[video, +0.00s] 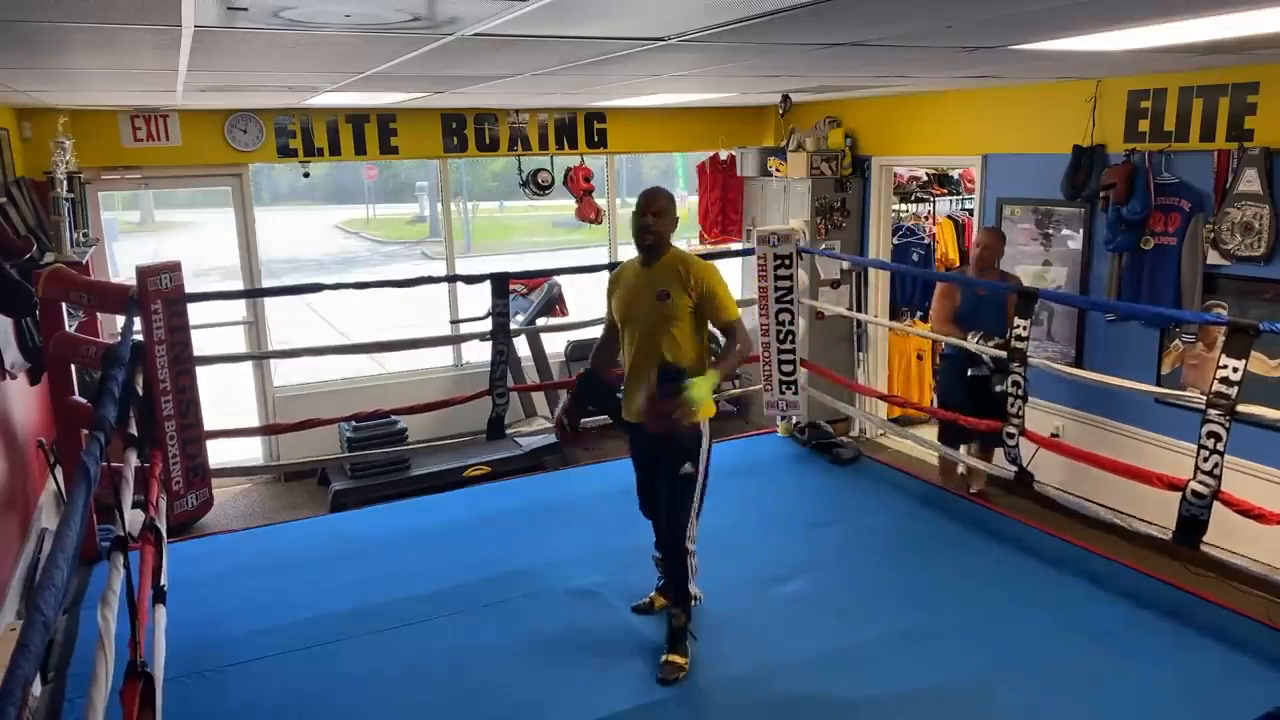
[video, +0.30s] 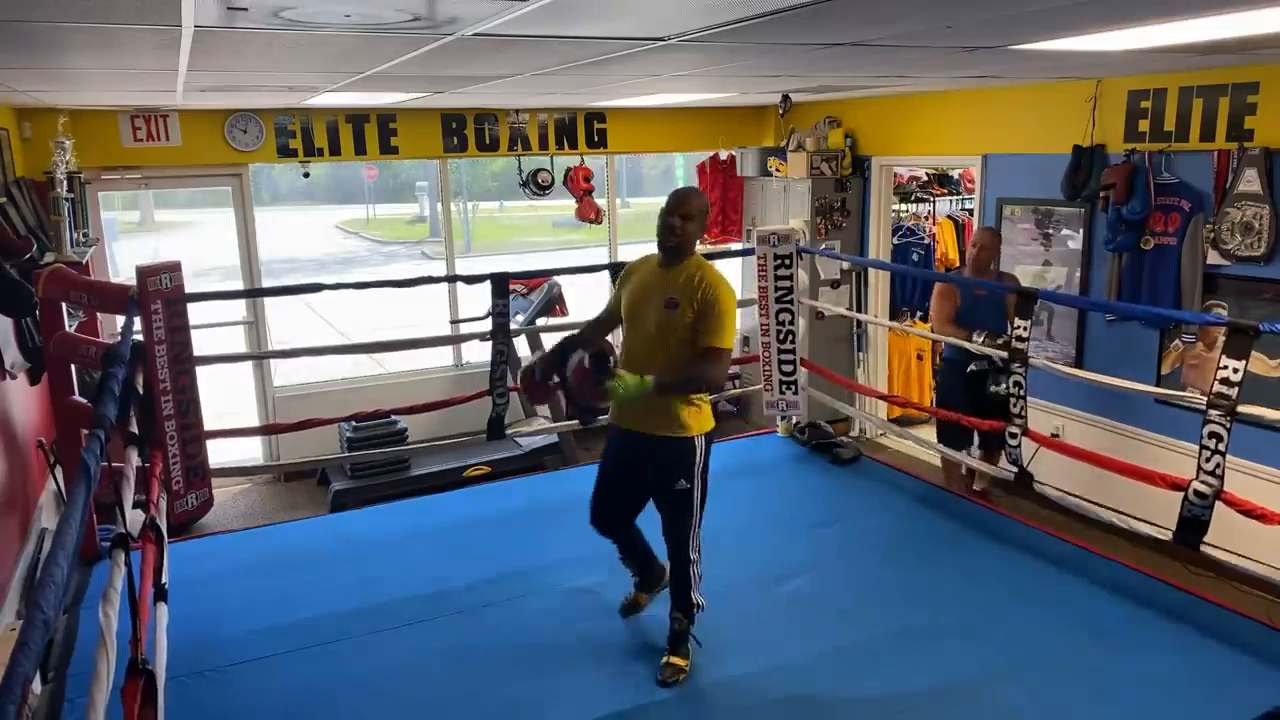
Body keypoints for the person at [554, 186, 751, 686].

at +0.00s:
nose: (648, 222)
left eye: (658, 214)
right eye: (642, 214)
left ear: (675, 221)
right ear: (632, 219)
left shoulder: (696, 273)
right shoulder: (621, 277)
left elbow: (742, 341)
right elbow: (610, 341)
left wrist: (707, 383)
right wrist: (577, 396)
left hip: (687, 416)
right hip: (639, 417)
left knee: (676, 525)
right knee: (654, 510)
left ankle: (679, 637)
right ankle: (675, 583)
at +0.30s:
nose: (671, 224)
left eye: (684, 218)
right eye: (667, 214)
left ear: (704, 228)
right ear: (658, 218)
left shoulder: (713, 288)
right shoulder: (637, 272)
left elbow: (714, 373)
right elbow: (605, 322)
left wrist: (642, 383)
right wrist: (555, 354)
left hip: (682, 433)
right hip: (630, 427)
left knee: (680, 542)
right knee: (608, 518)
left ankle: (679, 639)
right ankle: (650, 573)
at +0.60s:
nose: (668, 235)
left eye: (681, 228)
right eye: (662, 224)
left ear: (698, 234)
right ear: (649, 225)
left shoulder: (708, 294)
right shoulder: (619, 278)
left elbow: (686, 382)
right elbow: (564, 337)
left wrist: (623, 352)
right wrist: (543, 379)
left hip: (681, 452)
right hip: (620, 445)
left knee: (683, 557)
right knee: (604, 559)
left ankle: (679, 644)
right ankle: (598, 668)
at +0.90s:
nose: (633, 243)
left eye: (643, 234)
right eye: (623, 233)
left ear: (656, 239)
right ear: (606, 238)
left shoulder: (688, 301)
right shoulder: (575, 306)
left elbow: (723, 374)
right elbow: (560, 389)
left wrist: (692, 419)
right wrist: (582, 450)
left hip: (672, 471)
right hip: (604, 471)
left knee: (677, 572)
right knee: (598, 588)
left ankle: (678, 642)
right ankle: (595, 690)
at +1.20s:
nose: (634, 255)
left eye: (643, 244)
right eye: (622, 244)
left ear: (652, 245)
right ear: (597, 246)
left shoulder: (679, 305)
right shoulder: (561, 322)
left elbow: (715, 379)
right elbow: (542, 421)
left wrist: (775, 427)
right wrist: (549, 507)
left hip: (674, 481)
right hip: (599, 492)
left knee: (707, 602)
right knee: (595, 609)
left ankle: (680, 698)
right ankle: (594, 698)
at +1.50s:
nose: (703, 275)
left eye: (713, 263)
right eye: (691, 261)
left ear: (723, 267)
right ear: (665, 257)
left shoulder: (731, 334)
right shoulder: (608, 333)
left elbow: (730, 414)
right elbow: (567, 430)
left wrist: (741, 484)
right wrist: (556, 524)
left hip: (703, 523)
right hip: (623, 528)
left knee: (721, 654)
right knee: (603, 638)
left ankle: (716, 719)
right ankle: (595, 702)